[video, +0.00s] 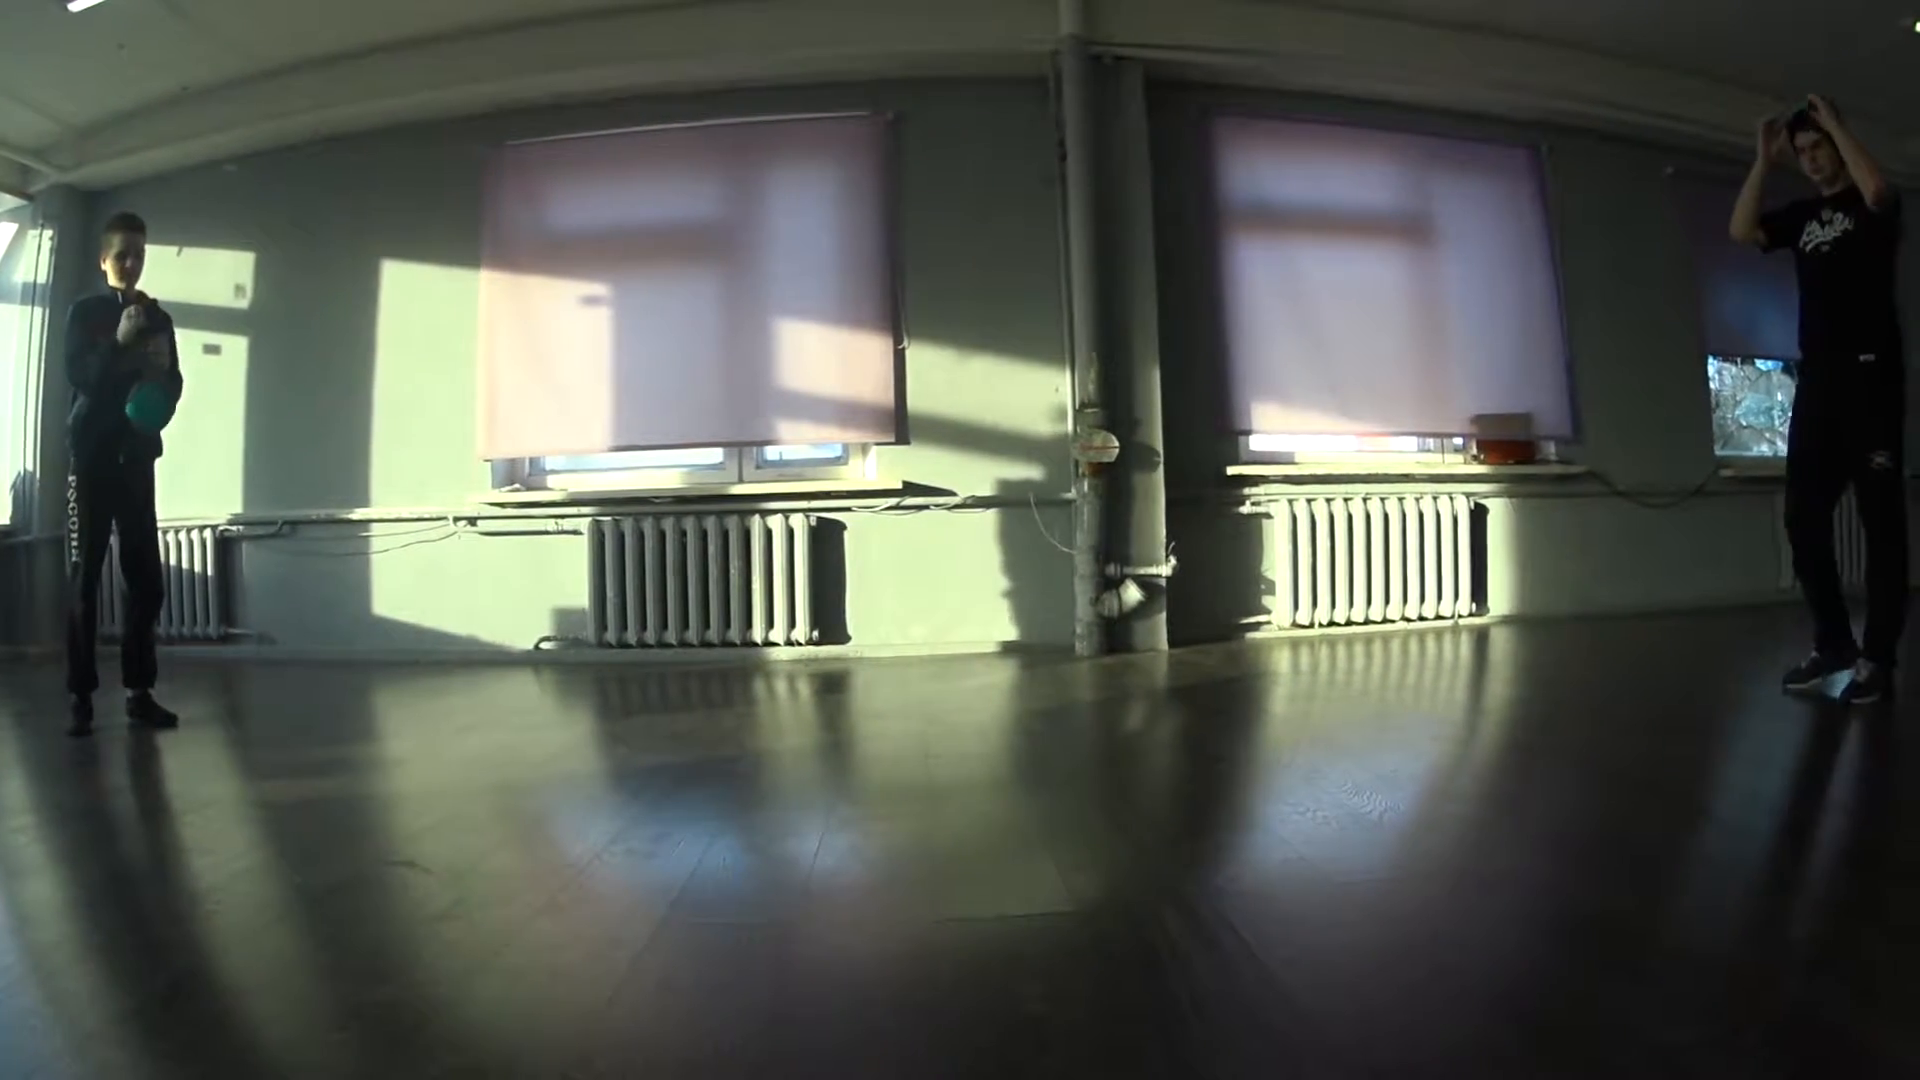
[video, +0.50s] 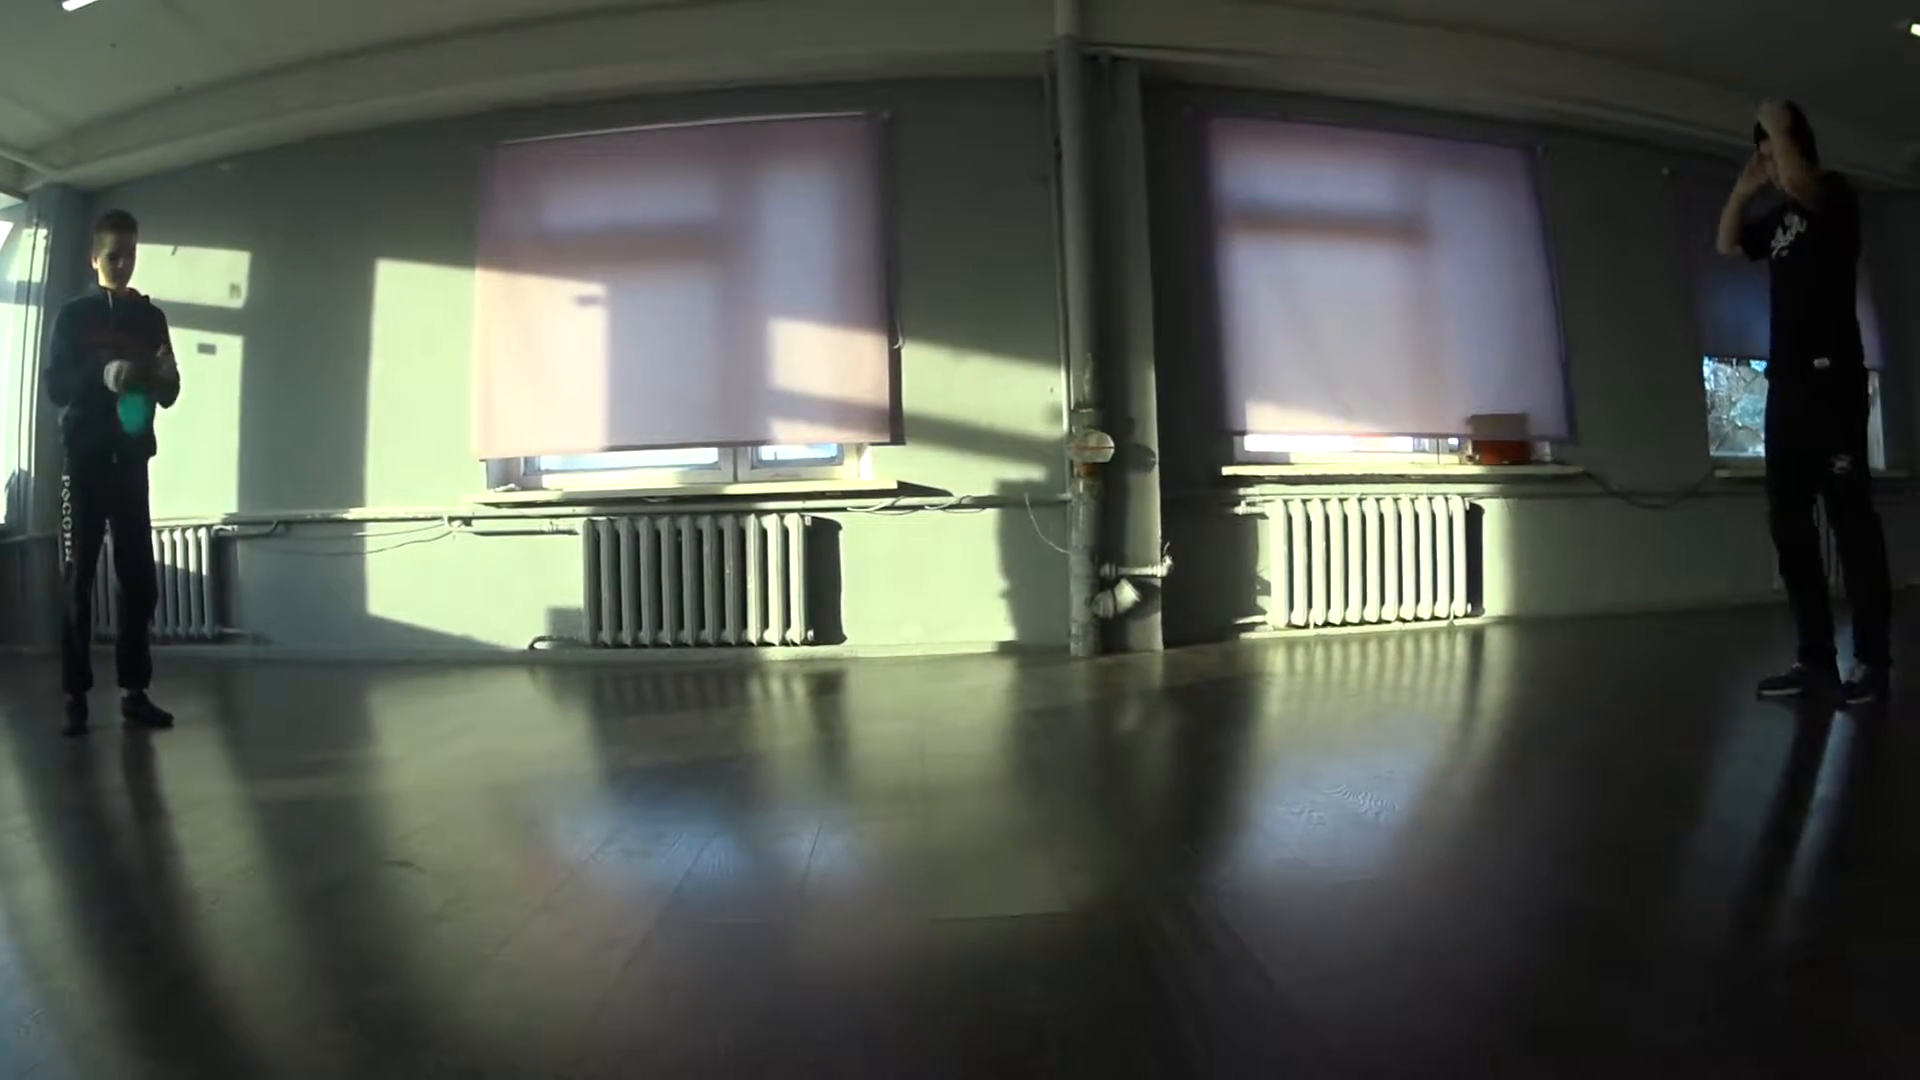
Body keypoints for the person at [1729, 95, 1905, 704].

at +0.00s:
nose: (1813, 159)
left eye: (1819, 147)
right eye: (1804, 152)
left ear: (1840, 148)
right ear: (1798, 161)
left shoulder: (1875, 203)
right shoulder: (1802, 215)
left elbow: (1875, 191)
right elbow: (1742, 231)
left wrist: (1834, 124)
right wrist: (1763, 161)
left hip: (1874, 380)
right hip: (1817, 383)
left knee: (1882, 519)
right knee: (1803, 517)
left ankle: (1878, 660)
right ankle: (1833, 649)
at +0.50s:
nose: (1772, 160)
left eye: (1780, 149)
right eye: (1766, 150)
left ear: (1803, 151)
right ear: (1764, 159)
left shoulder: (1836, 200)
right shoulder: (1777, 218)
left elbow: (1799, 185)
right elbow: (1729, 244)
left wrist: (1778, 127)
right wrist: (1743, 187)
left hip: (1837, 381)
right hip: (1789, 383)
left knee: (1853, 521)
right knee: (1790, 525)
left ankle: (1873, 663)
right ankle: (1815, 664)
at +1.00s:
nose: (1725, 172)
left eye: (1729, 163)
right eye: (1723, 164)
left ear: (1752, 157)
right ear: (1734, 165)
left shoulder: (1799, 204)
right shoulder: (1740, 227)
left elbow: (1765, 205)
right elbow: (1696, 268)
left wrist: (1728, 151)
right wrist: (1707, 206)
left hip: (1801, 374)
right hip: (1762, 378)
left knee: (1788, 516)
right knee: (1779, 519)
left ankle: (1831, 650)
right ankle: (1808, 655)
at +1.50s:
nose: (1684, 176)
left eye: (1690, 163)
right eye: (1676, 169)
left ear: (1717, 157)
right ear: (1675, 173)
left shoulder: (1762, 209)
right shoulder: (1710, 223)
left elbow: (1806, 298)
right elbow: (1725, 311)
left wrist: (1833, 379)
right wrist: (1720, 389)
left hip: (1768, 384)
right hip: (1736, 387)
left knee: (1742, 526)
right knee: (1773, 526)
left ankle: (1723, 672)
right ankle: (1813, 661)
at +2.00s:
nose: (1653, 165)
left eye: (1658, 152)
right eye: (1648, 156)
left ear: (1685, 145)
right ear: (1661, 153)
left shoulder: (1720, 196)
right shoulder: (1693, 206)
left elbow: (1706, 276)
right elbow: (1692, 307)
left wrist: (1643, 338)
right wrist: (1658, 380)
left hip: (1723, 377)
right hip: (1692, 378)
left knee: (1717, 520)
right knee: (1680, 521)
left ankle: (1720, 669)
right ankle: (1763, 624)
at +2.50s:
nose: (1645, 149)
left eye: (1650, 137)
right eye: (1643, 139)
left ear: (1676, 136)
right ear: (1680, 137)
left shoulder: (1709, 196)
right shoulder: (1699, 196)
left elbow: (1719, 295)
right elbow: (1712, 296)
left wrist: (1699, 386)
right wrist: (1694, 379)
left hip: (1722, 381)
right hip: (1716, 380)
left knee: (1716, 528)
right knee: (1722, 525)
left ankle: (1717, 670)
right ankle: (1783, 649)